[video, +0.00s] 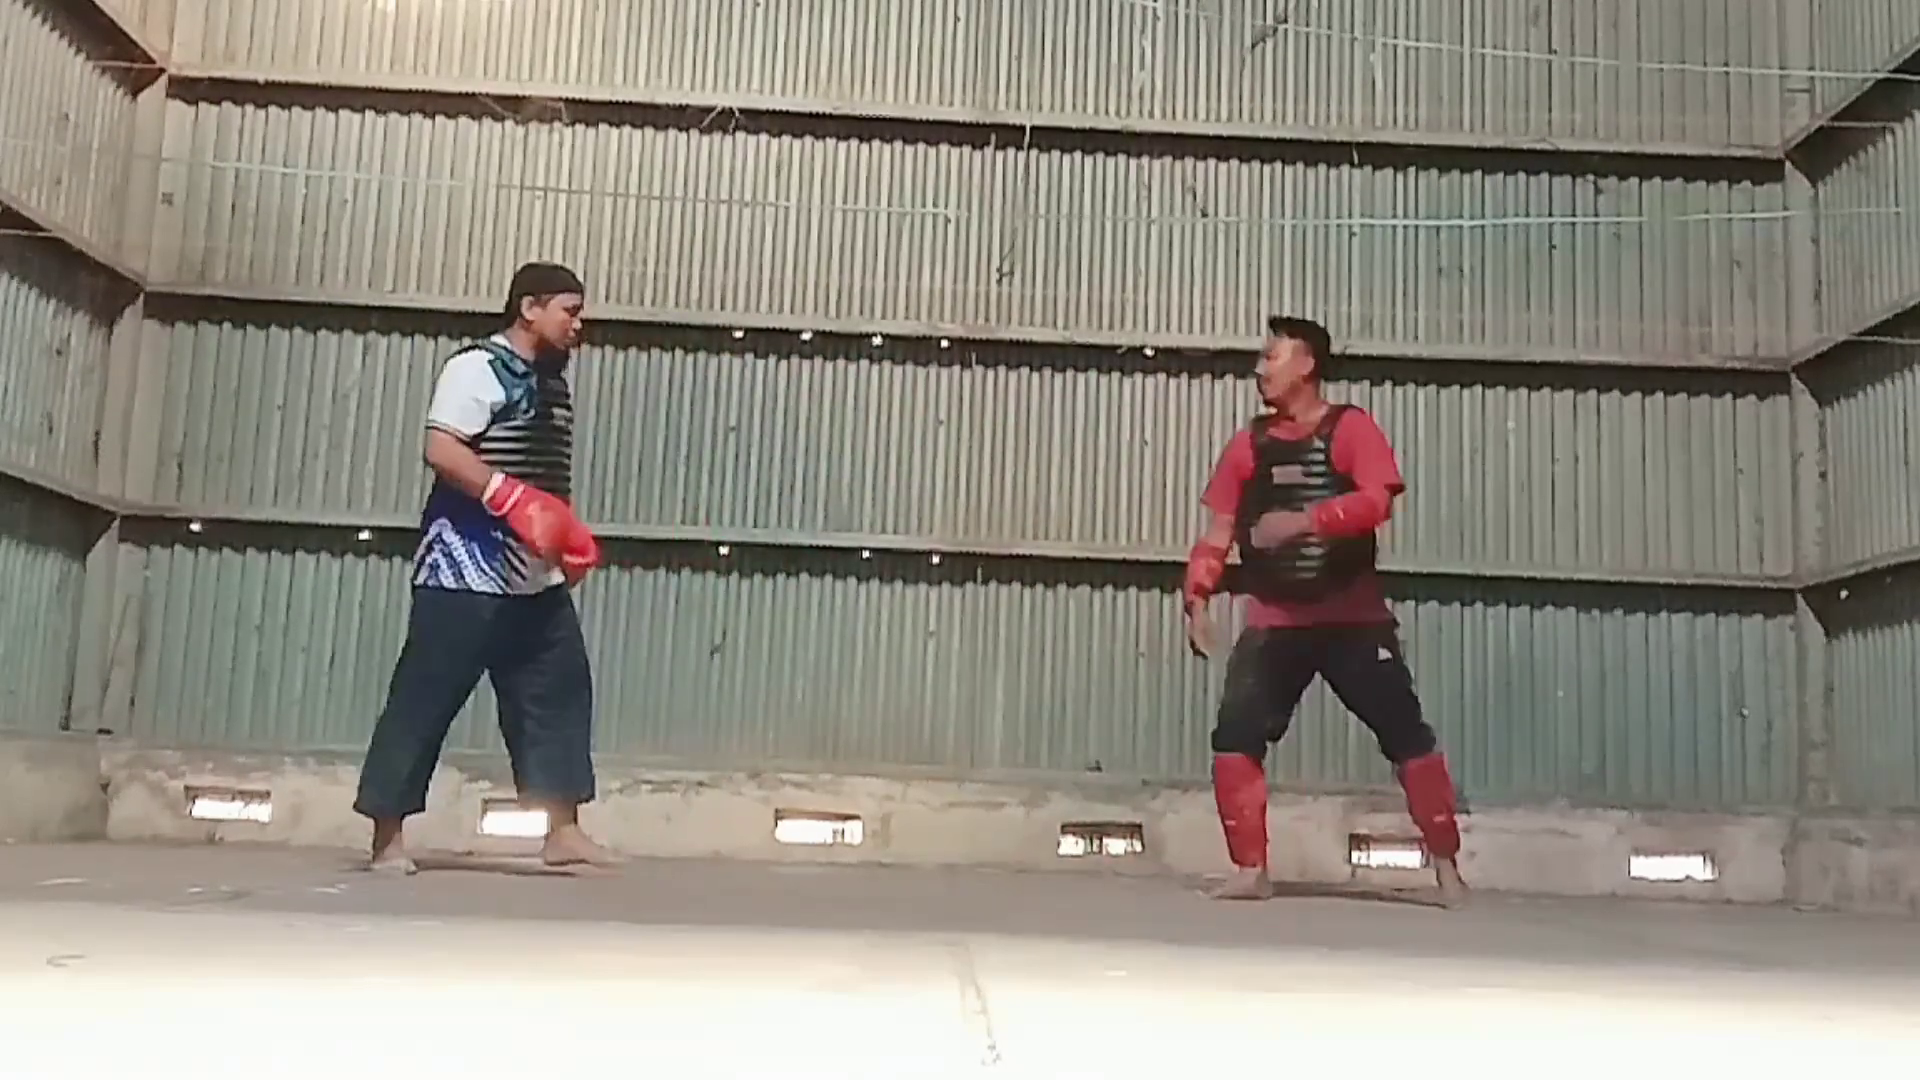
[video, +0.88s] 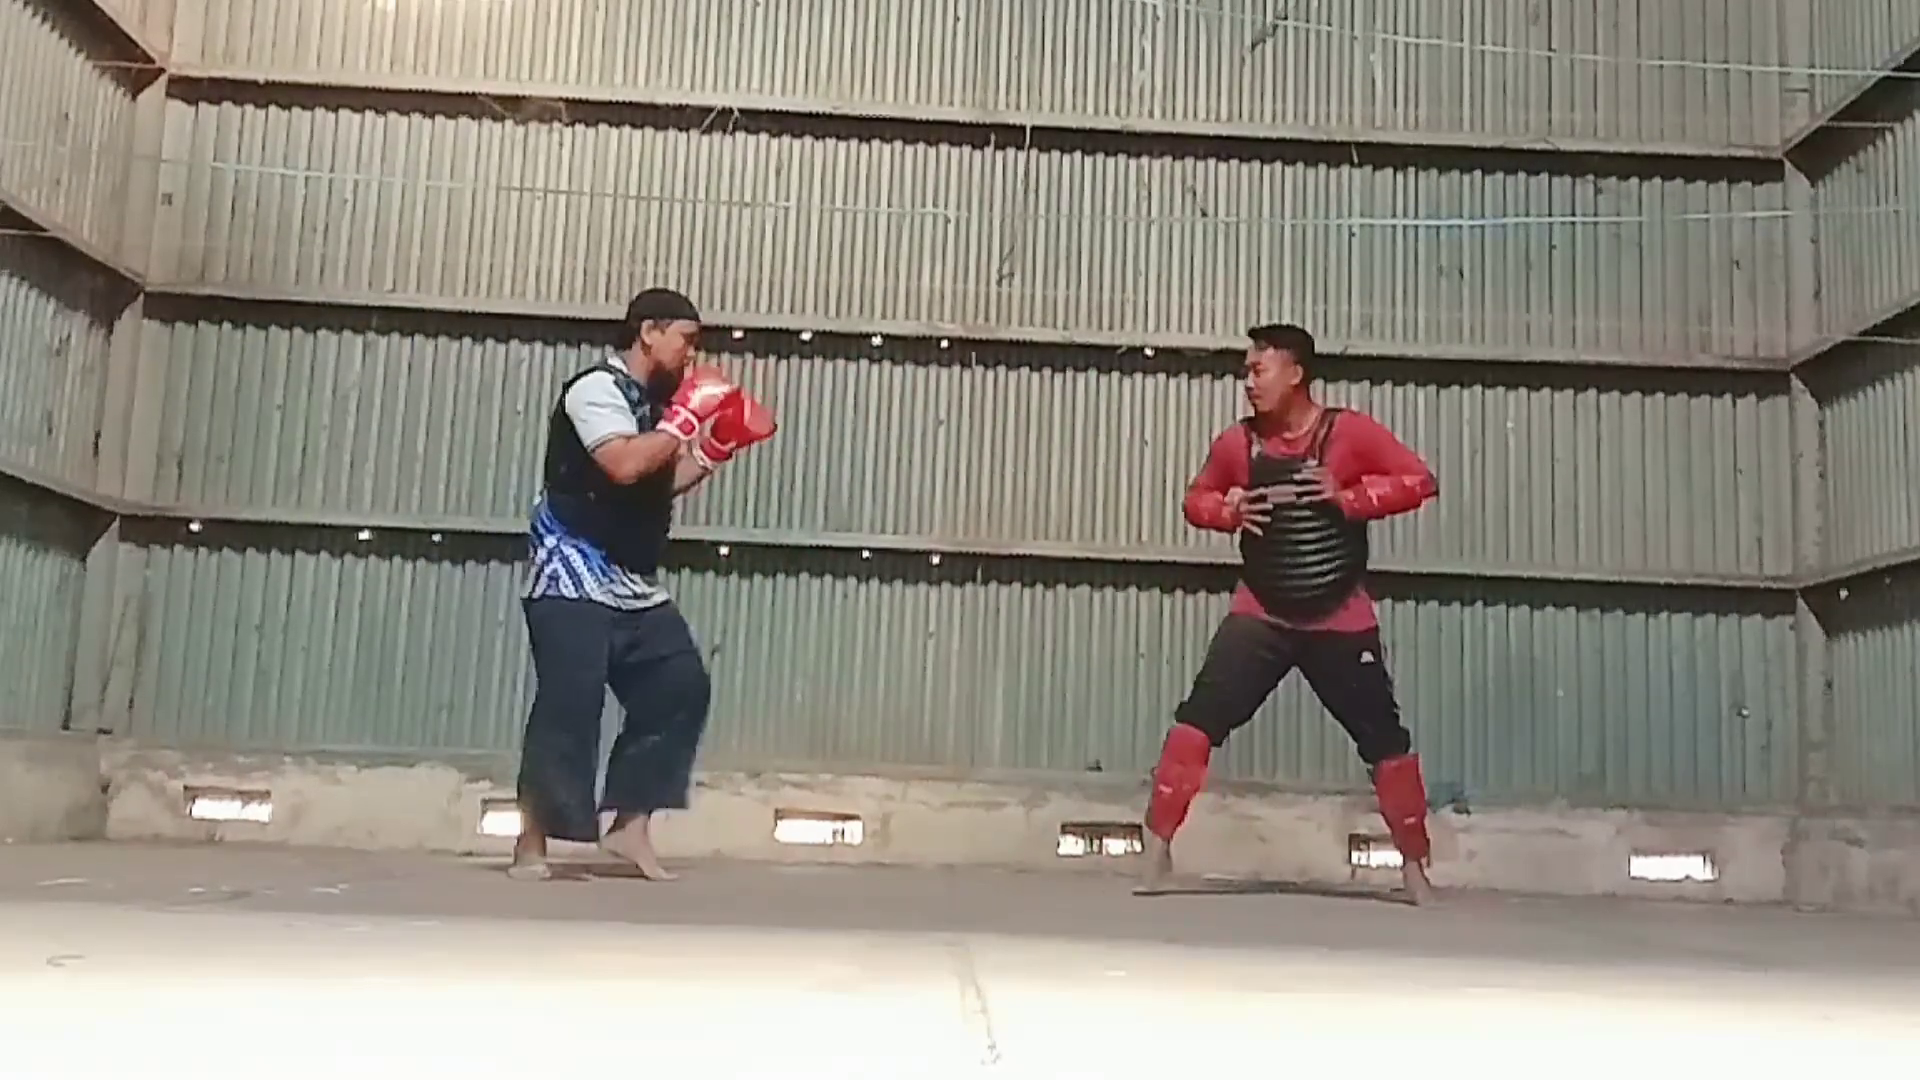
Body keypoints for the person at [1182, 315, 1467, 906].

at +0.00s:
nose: (1261, 367)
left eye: (1273, 357)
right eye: (1263, 357)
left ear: (1310, 367)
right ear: (1275, 367)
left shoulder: (1351, 428)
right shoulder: (1246, 446)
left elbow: (1376, 501)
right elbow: (1219, 535)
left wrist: (1303, 519)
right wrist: (1196, 587)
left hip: (1352, 624)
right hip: (1273, 627)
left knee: (1408, 737)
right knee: (1235, 739)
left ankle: (1446, 869)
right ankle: (1249, 873)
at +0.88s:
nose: (1249, 382)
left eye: (1260, 370)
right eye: (1247, 371)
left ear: (1297, 374)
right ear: (1252, 378)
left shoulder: (1350, 432)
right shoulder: (1237, 443)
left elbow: (1418, 481)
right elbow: (1197, 500)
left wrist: (1348, 497)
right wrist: (1226, 511)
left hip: (1339, 623)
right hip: (1258, 618)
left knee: (1385, 742)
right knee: (1197, 719)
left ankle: (1415, 869)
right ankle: (1156, 848)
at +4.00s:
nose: (1100, 411)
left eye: (1111, 401)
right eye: (1096, 400)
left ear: (1146, 405)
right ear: (1093, 402)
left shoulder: (1174, 468)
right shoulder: (1076, 468)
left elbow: (1219, 548)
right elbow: (1031, 530)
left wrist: (1191, 511)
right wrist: (1018, 573)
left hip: (1141, 627)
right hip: (1080, 622)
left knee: (1169, 737)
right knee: (1082, 724)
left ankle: (1178, 860)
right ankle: (1012, 843)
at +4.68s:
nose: (1084, 400)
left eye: (1090, 390)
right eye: (1089, 389)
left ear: (1107, 394)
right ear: (1136, 402)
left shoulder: (1062, 437)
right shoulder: (1158, 461)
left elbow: (1001, 490)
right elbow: (1180, 537)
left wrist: (1029, 542)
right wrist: (1182, 616)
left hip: (998, 575)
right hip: (1060, 610)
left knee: (944, 662)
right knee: (1033, 740)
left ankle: (852, 687)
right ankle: (979, 855)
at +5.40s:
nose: (1153, 442)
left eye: (1159, 430)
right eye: (1155, 430)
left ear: (1185, 431)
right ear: (1200, 435)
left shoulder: (1165, 489)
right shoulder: (1255, 488)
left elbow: (1143, 565)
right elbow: (1293, 576)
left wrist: (1132, 629)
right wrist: (1270, 635)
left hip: (1186, 653)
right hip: (1257, 653)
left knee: (1117, 737)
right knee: (1288, 756)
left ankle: (1106, 855)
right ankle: (1333, 868)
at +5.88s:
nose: (1243, 434)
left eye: (1256, 428)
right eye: (1235, 422)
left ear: (1270, 440)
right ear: (1219, 424)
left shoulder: (1236, 503)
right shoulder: (1200, 464)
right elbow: (1153, 523)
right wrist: (1212, 581)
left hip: (1125, 614)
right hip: (1109, 573)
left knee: (1105, 729)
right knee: (1033, 608)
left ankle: (1073, 859)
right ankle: (970, 527)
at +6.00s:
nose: (1261, 448)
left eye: (1274, 443)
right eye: (1252, 435)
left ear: (1282, 457)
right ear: (1231, 437)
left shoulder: (1234, 512)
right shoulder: (1208, 476)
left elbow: (1177, 577)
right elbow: (1156, 530)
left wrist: (1157, 642)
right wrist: (1202, 599)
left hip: (1113, 619)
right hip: (1101, 577)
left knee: (1096, 731)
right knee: (1031, 631)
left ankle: (1071, 859)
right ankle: (965, 557)